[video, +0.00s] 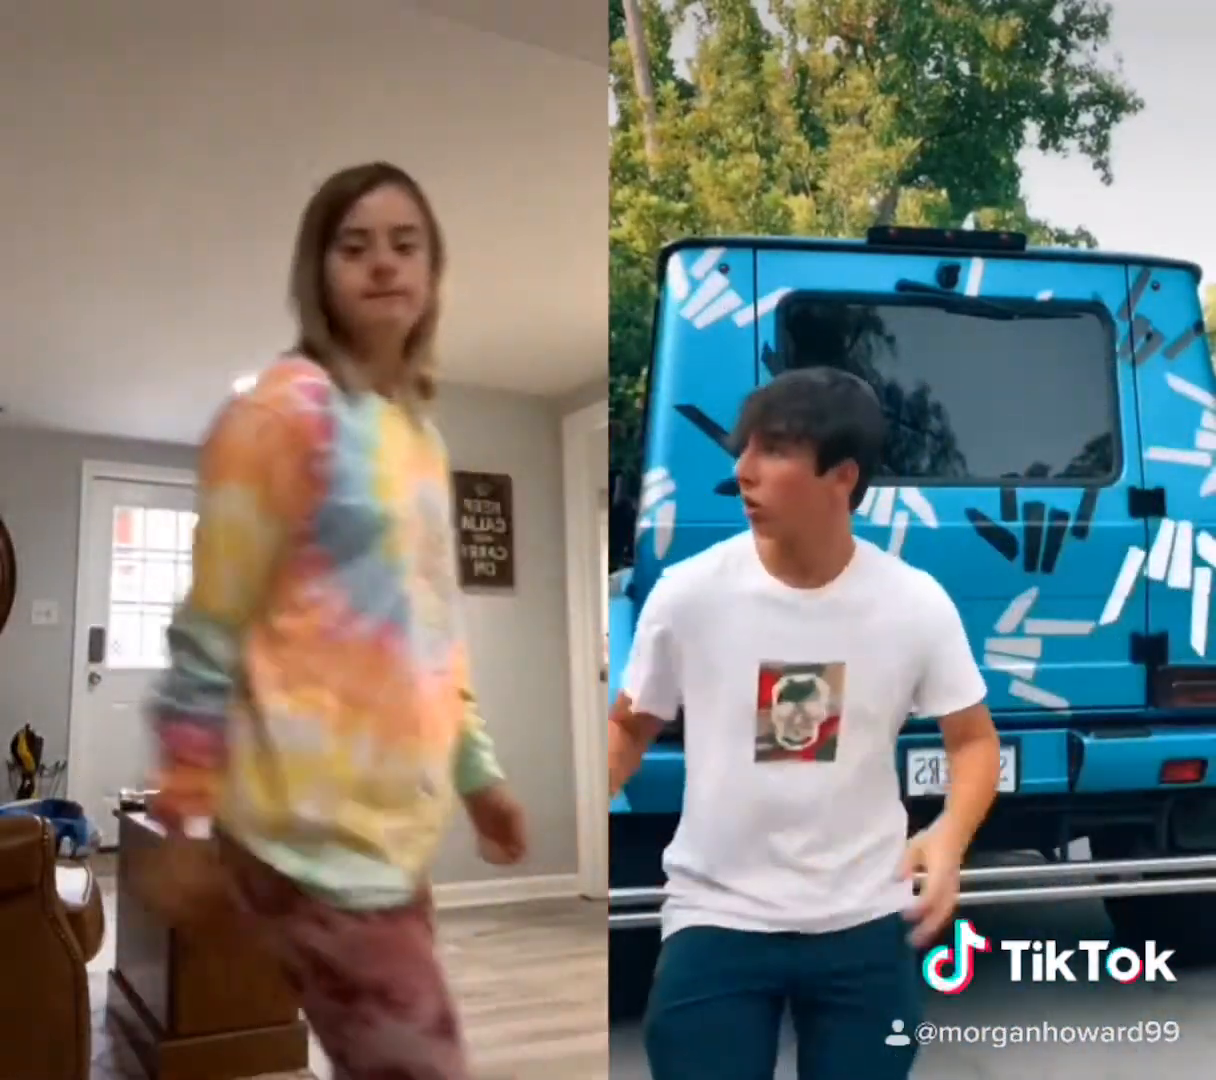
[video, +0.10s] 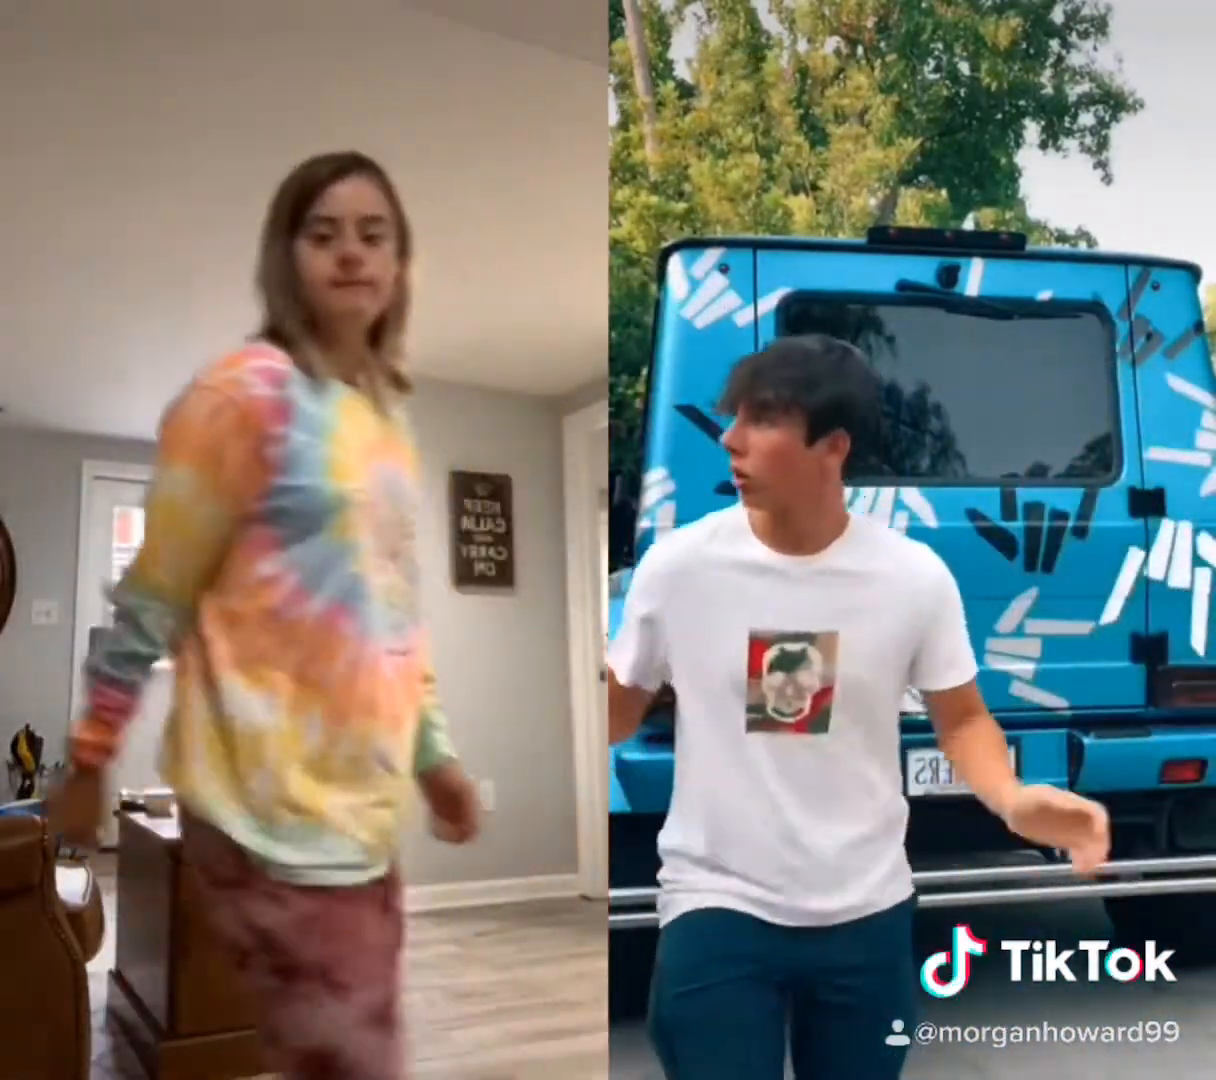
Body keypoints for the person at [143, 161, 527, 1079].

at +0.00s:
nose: (385, 265)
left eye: (407, 243)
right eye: (356, 245)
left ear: (435, 271)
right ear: (318, 271)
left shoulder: (416, 430)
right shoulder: (283, 407)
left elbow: (429, 626)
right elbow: (209, 624)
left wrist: (478, 773)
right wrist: (182, 813)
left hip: (387, 823)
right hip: (305, 821)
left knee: (402, 1060)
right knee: (419, 1063)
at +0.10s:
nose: (352, 253)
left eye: (375, 233)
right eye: (324, 232)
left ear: (401, 260)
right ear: (285, 258)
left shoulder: (382, 414)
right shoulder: (245, 394)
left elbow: (390, 610)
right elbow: (152, 596)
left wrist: (433, 756)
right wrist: (87, 763)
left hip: (357, 810)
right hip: (267, 814)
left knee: (363, 1056)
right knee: (347, 1061)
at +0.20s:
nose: (318, 252)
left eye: (340, 232)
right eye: (290, 231)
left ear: (368, 259)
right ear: (252, 255)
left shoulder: (354, 415)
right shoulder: (207, 390)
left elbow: (358, 612)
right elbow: (110, 588)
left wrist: (395, 759)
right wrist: (45, 755)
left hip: (335, 828)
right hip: (222, 833)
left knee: (338, 1062)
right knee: (243, 1064)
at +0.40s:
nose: (252, 261)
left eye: (275, 242)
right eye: (224, 241)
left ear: (300, 273)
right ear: (184, 262)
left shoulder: (284, 429)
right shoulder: (125, 394)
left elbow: (290, 622)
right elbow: (64, 608)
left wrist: (316, 780)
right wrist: (51, 815)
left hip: (268, 847)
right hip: (128, 850)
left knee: (290, 1067)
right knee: (100, 1068)